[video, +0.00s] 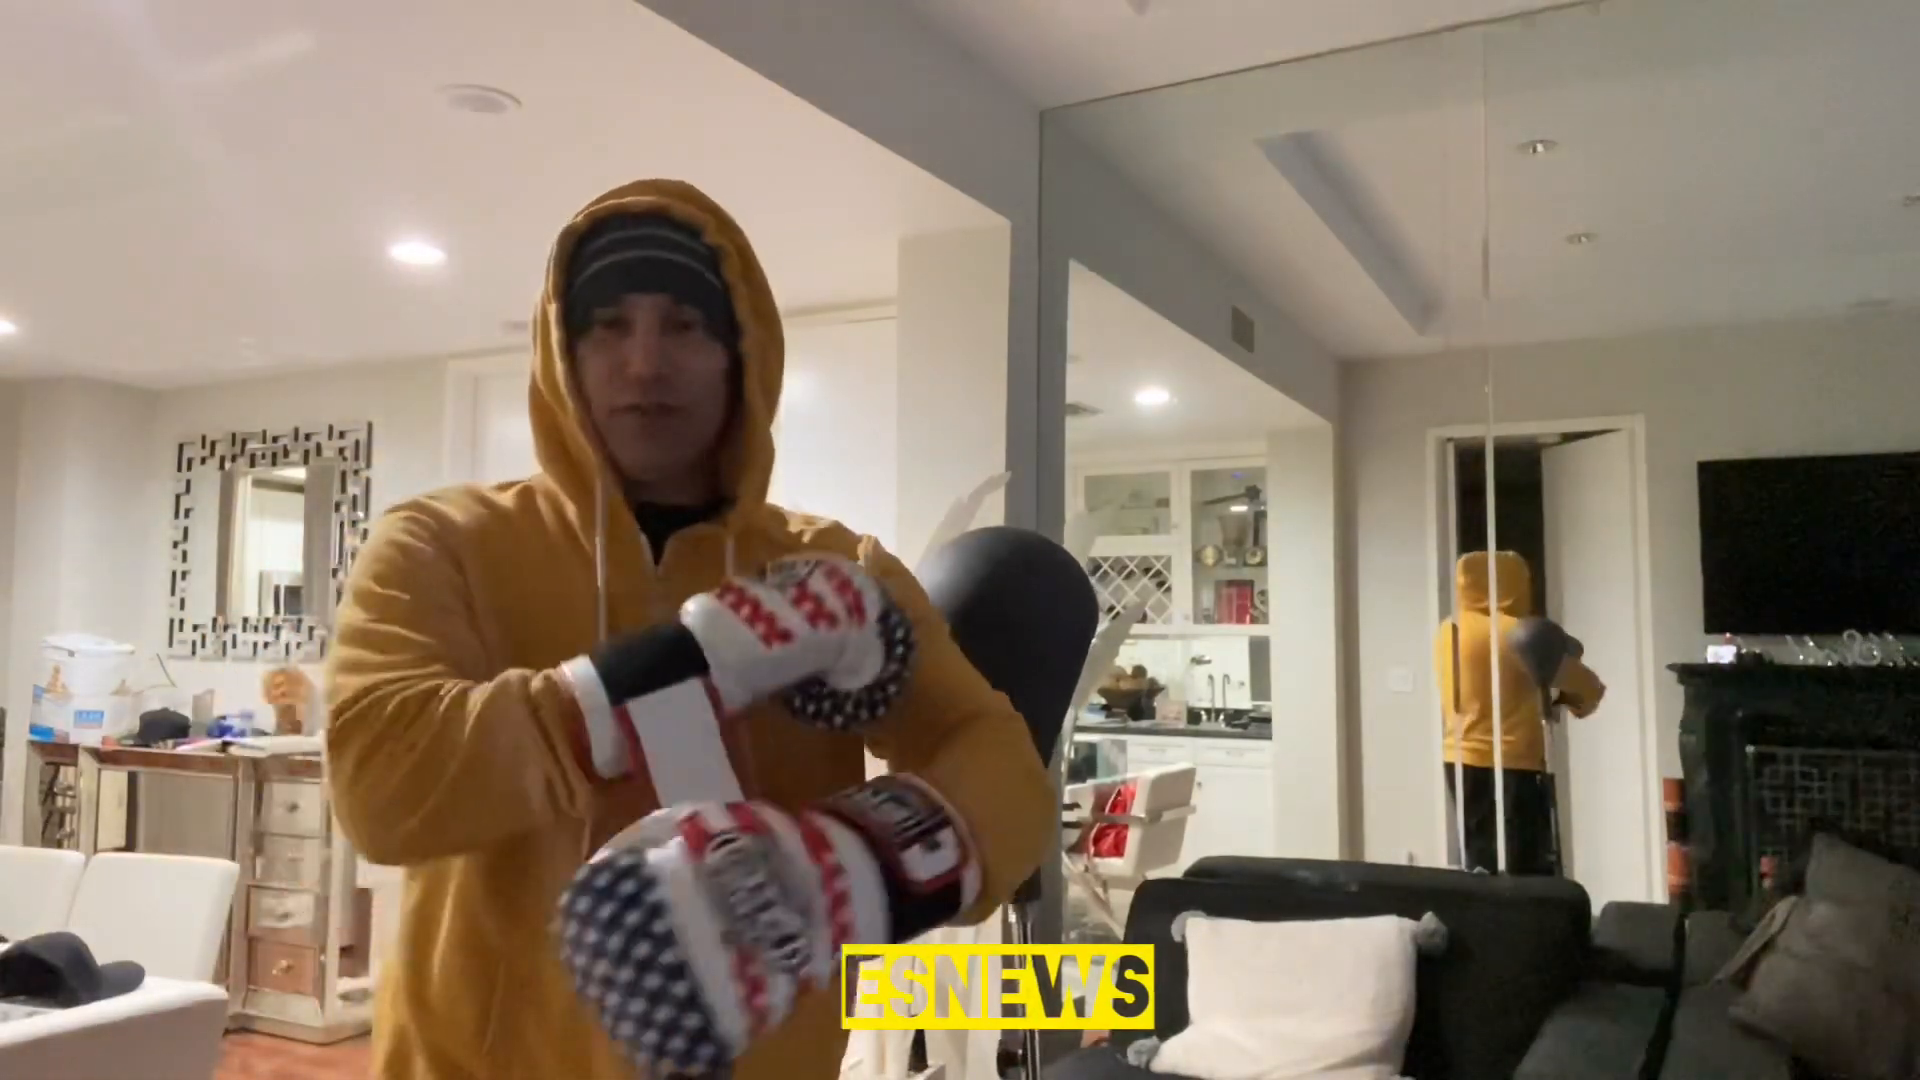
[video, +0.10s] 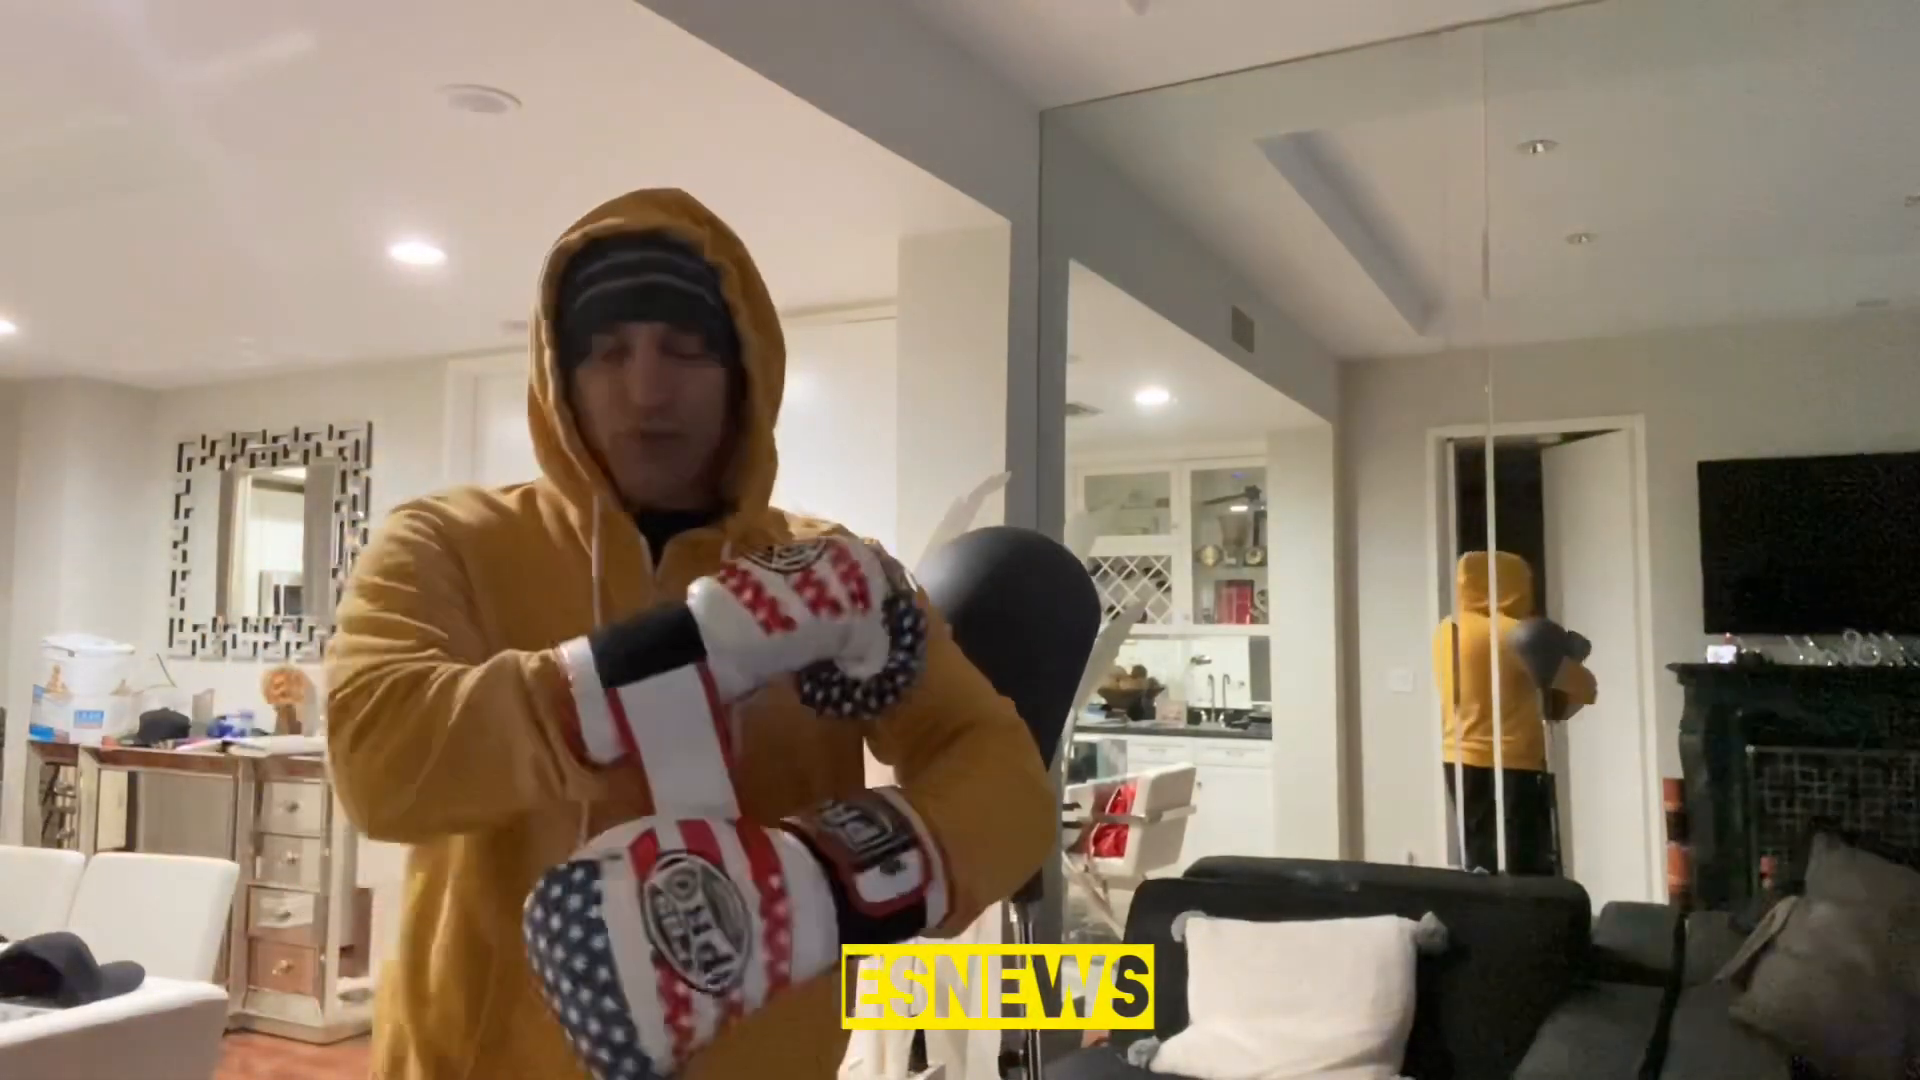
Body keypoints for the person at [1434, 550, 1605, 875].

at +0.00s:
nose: (1527, 590)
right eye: (1522, 584)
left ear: (1466, 587)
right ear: (1513, 587)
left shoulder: (1446, 634)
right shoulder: (1525, 635)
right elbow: (1589, 690)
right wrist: (1566, 701)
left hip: (1461, 764)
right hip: (1518, 767)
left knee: (1476, 859)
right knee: (1527, 864)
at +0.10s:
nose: (1527, 591)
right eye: (1523, 585)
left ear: (1467, 587)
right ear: (1513, 588)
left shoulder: (1445, 633)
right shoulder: (1521, 635)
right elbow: (1583, 688)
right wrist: (1550, 705)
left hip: (1461, 763)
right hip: (1517, 766)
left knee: (1476, 859)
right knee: (1527, 863)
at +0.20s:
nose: (1528, 595)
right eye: (1524, 587)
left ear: (1467, 588)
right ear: (1515, 589)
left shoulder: (1444, 633)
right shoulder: (1523, 636)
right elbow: (1578, 690)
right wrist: (1542, 695)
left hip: (1460, 762)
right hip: (1519, 765)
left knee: (1476, 855)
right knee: (1528, 857)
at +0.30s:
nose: (1530, 596)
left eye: (1527, 589)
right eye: (1526, 589)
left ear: (1468, 588)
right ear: (1515, 590)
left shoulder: (1444, 633)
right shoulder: (1521, 636)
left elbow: (1458, 690)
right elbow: (1572, 696)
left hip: (1459, 764)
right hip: (1517, 766)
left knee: (1477, 857)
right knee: (1531, 859)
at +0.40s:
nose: (1529, 599)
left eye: (1527, 591)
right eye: (1525, 590)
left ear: (1469, 587)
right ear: (1514, 591)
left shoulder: (1443, 632)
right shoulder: (1515, 637)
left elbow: (1453, 690)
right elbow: (1555, 703)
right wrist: (1571, 693)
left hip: (1459, 764)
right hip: (1516, 766)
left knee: (1477, 857)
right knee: (1529, 859)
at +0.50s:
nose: (1528, 600)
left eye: (1528, 593)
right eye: (1525, 592)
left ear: (1471, 588)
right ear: (1514, 592)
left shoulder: (1442, 632)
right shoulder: (1509, 636)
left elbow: (1451, 695)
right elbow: (1538, 704)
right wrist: (1565, 725)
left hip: (1459, 766)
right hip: (1513, 768)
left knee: (1478, 857)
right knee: (1526, 860)